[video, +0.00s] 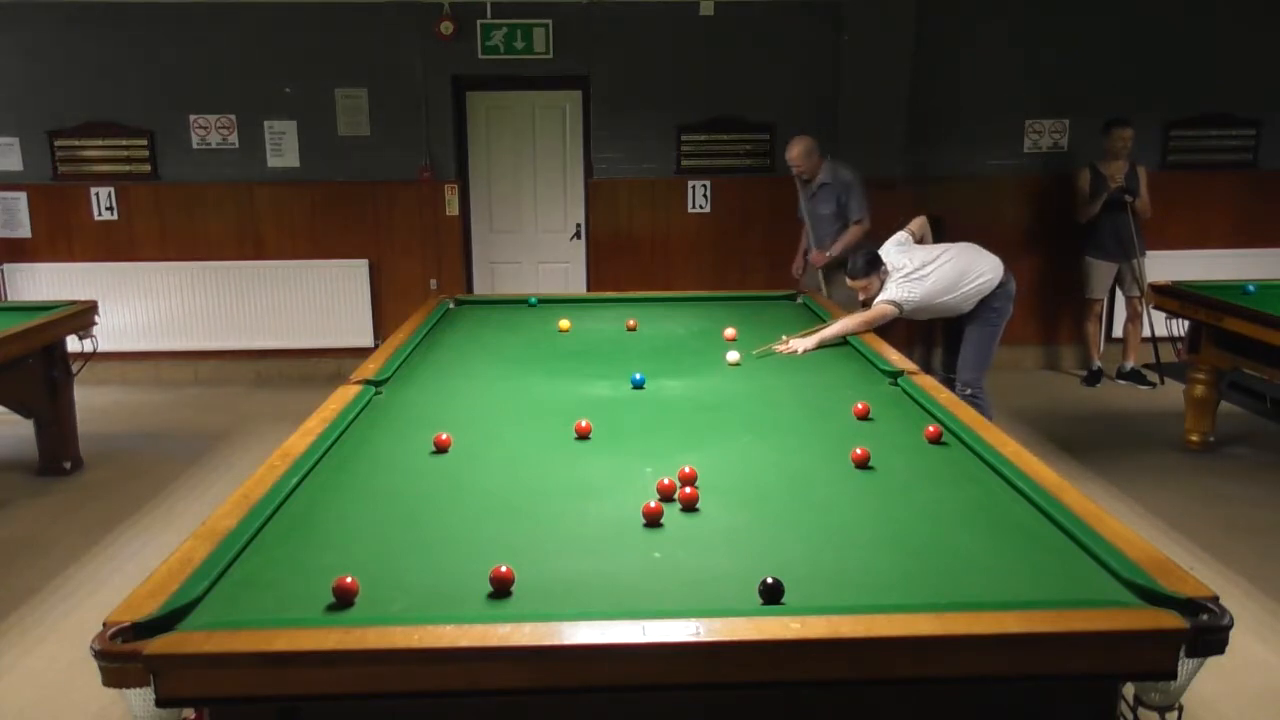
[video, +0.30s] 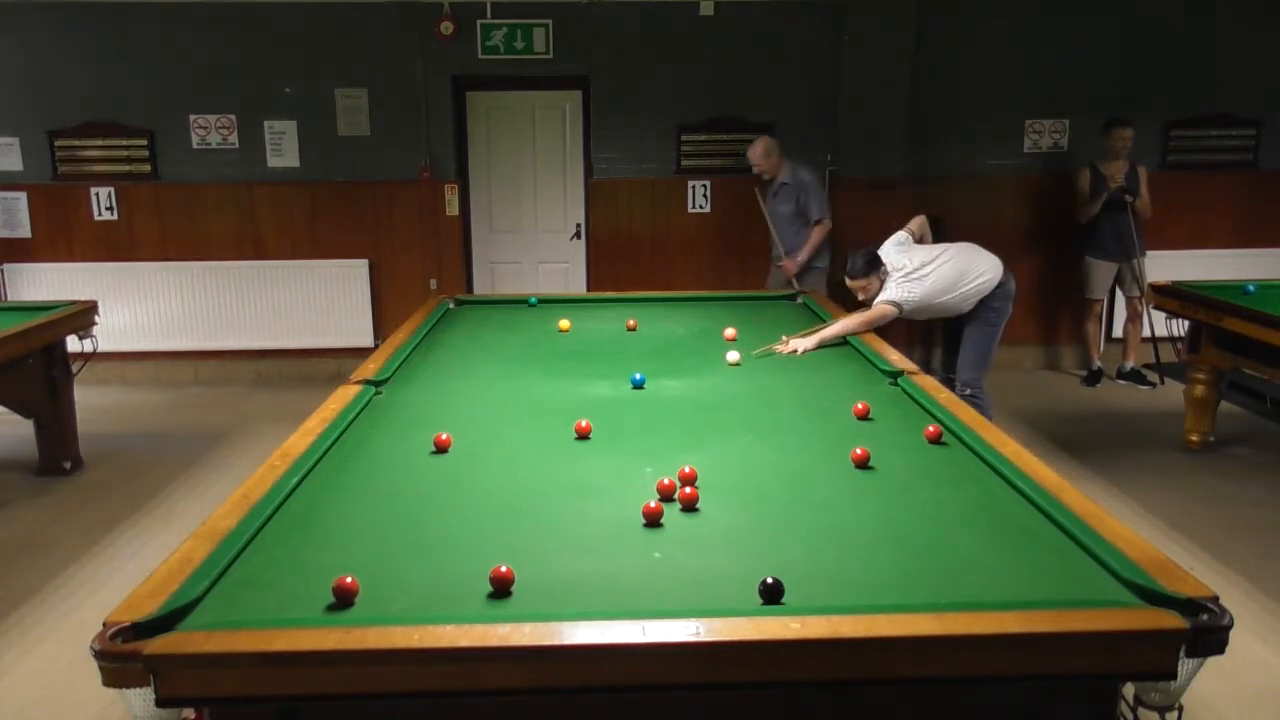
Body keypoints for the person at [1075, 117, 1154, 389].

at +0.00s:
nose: (1126, 145)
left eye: (1129, 140)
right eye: (1120, 140)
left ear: (1133, 142)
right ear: (1107, 141)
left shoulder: (1137, 171)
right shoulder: (1088, 172)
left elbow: (1146, 211)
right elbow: (1082, 215)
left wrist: (1131, 197)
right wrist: (1105, 192)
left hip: (1132, 251)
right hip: (1099, 250)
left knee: (1136, 309)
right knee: (1094, 309)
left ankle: (1128, 366)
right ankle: (1095, 365)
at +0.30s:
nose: (1126, 145)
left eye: (1129, 140)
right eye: (1120, 140)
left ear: (1133, 142)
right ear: (1107, 140)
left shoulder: (1137, 171)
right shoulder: (1089, 172)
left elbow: (1146, 211)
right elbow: (1082, 215)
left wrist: (1131, 197)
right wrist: (1106, 191)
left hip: (1132, 250)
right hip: (1099, 250)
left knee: (1136, 309)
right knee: (1094, 309)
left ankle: (1128, 366)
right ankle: (1094, 365)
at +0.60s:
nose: (1127, 145)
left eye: (1130, 140)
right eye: (1121, 140)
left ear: (1134, 142)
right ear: (1107, 141)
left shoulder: (1138, 171)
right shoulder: (1089, 172)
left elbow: (1147, 211)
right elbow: (1083, 214)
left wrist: (1132, 197)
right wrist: (1106, 191)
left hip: (1132, 250)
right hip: (1099, 250)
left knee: (1136, 309)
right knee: (1094, 309)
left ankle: (1128, 367)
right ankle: (1094, 365)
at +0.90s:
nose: (1127, 145)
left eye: (1131, 140)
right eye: (1122, 140)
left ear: (1134, 142)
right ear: (1108, 141)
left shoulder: (1138, 171)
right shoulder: (1089, 172)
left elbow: (1147, 211)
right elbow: (1083, 214)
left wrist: (1132, 198)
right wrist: (1106, 191)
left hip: (1132, 250)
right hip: (1100, 250)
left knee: (1136, 309)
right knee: (1094, 309)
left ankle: (1128, 367)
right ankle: (1094, 365)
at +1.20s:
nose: (1128, 145)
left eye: (1131, 140)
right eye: (1122, 140)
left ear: (1135, 142)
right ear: (1108, 141)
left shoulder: (1139, 171)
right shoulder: (1090, 173)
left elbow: (1147, 212)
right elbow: (1083, 214)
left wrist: (1134, 198)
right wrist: (1106, 191)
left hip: (1133, 250)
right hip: (1100, 250)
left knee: (1136, 309)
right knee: (1094, 309)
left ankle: (1128, 366)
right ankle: (1094, 365)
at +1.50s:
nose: (1132, 145)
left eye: (1136, 140)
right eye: (1127, 140)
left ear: (1140, 143)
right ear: (1113, 141)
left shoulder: (1143, 173)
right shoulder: (1093, 173)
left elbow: (1148, 216)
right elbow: (1081, 214)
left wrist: (1147, 205)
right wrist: (1104, 208)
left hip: (1136, 251)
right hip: (1103, 251)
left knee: (1139, 309)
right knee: (1095, 309)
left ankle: (1126, 366)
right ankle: (1094, 365)